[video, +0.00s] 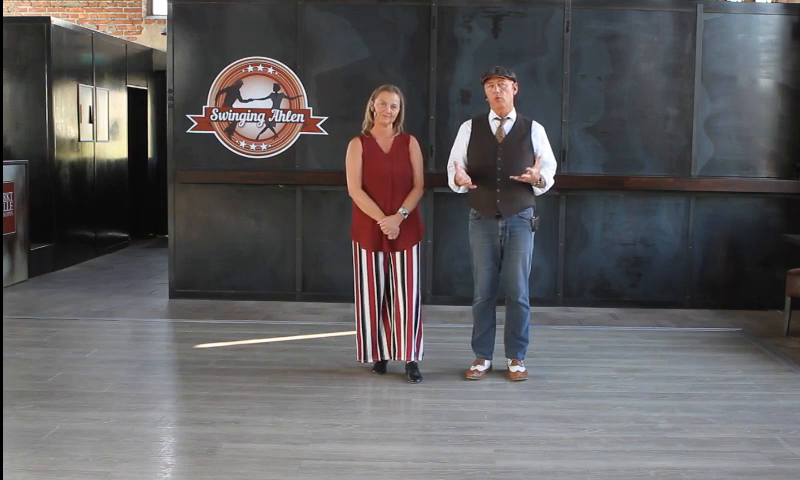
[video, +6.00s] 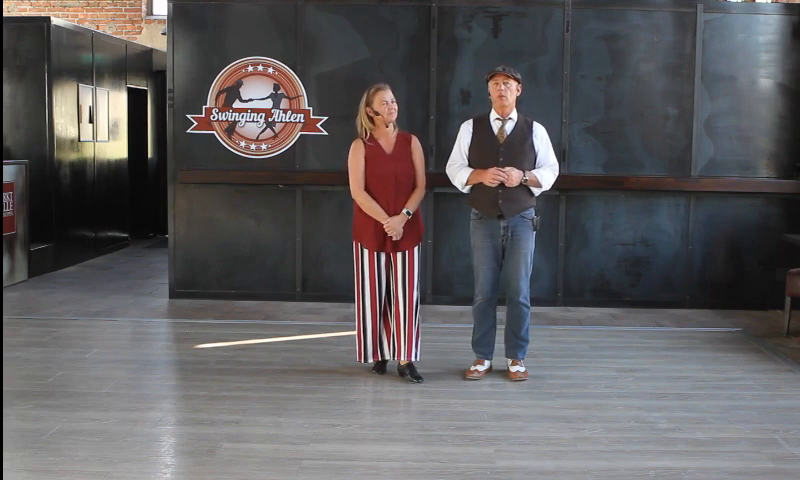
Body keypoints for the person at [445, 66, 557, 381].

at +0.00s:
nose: (497, 91)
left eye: (502, 86)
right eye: (491, 87)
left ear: (514, 89)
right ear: (485, 93)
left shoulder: (533, 130)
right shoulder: (469, 128)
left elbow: (549, 172)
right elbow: (454, 168)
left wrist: (537, 176)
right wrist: (459, 177)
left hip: (520, 219)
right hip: (481, 219)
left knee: (517, 292)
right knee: (483, 292)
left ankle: (516, 359)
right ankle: (482, 358)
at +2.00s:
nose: (504, 90)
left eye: (510, 85)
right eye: (499, 84)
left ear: (518, 92)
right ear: (489, 89)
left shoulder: (532, 130)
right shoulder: (468, 129)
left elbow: (548, 169)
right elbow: (452, 170)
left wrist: (533, 181)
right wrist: (466, 181)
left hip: (520, 219)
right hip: (481, 220)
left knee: (517, 292)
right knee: (483, 292)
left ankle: (516, 359)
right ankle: (482, 358)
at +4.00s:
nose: (497, 92)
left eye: (502, 86)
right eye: (491, 87)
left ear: (514, 90)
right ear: (485, 93)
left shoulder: (533, 129)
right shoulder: (469, 129)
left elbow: (549, 166)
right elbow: (453, 170)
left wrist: (537, 177)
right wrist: (471, 178)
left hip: (521, 219)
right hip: (482, 219)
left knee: (517, 292)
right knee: (484, 291)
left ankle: (516, 359)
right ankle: (482, 358)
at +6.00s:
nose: (502, 90)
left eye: (507, 85)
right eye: (496, 85)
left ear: (517, 90)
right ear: (489, 91)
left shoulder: (534, 130)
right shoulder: (470, 128)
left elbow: (550, 171)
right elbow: (454, 169)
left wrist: (523, 176)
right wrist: (480, 175)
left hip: (521, 220)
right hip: (483, 220)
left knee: (518, 292)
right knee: (484, 292)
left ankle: (516, 359)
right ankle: (482, 358)